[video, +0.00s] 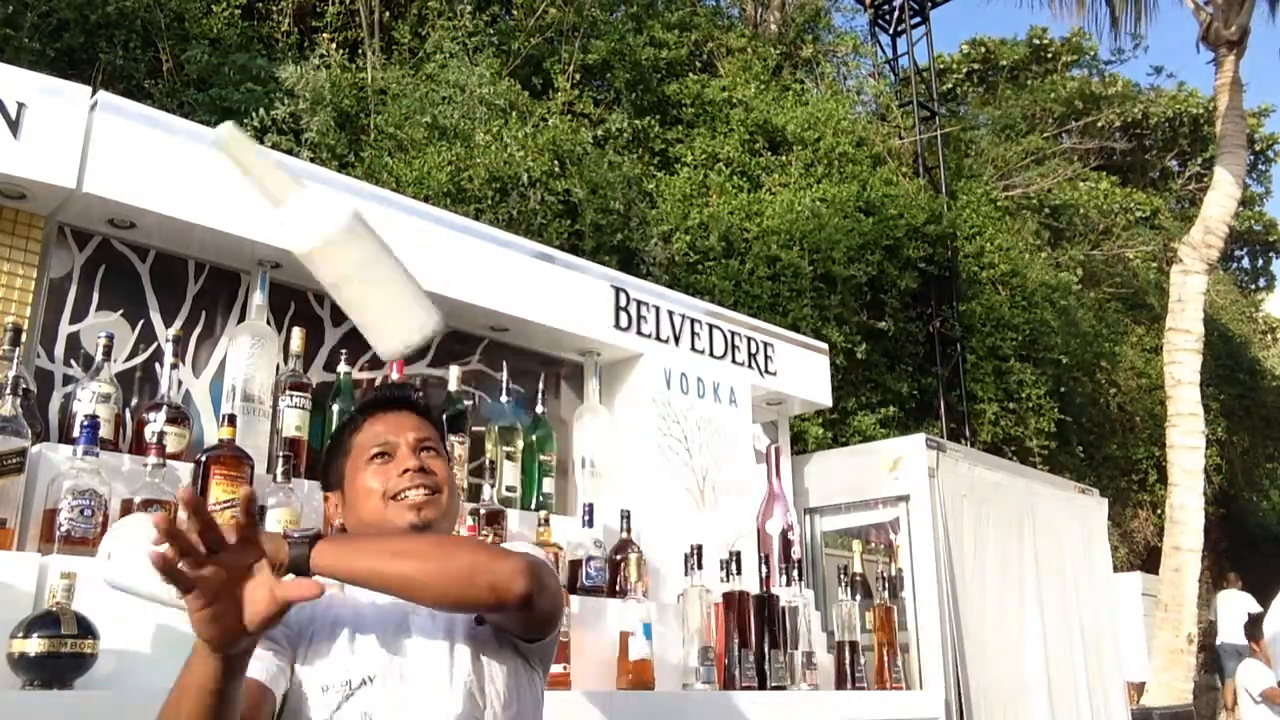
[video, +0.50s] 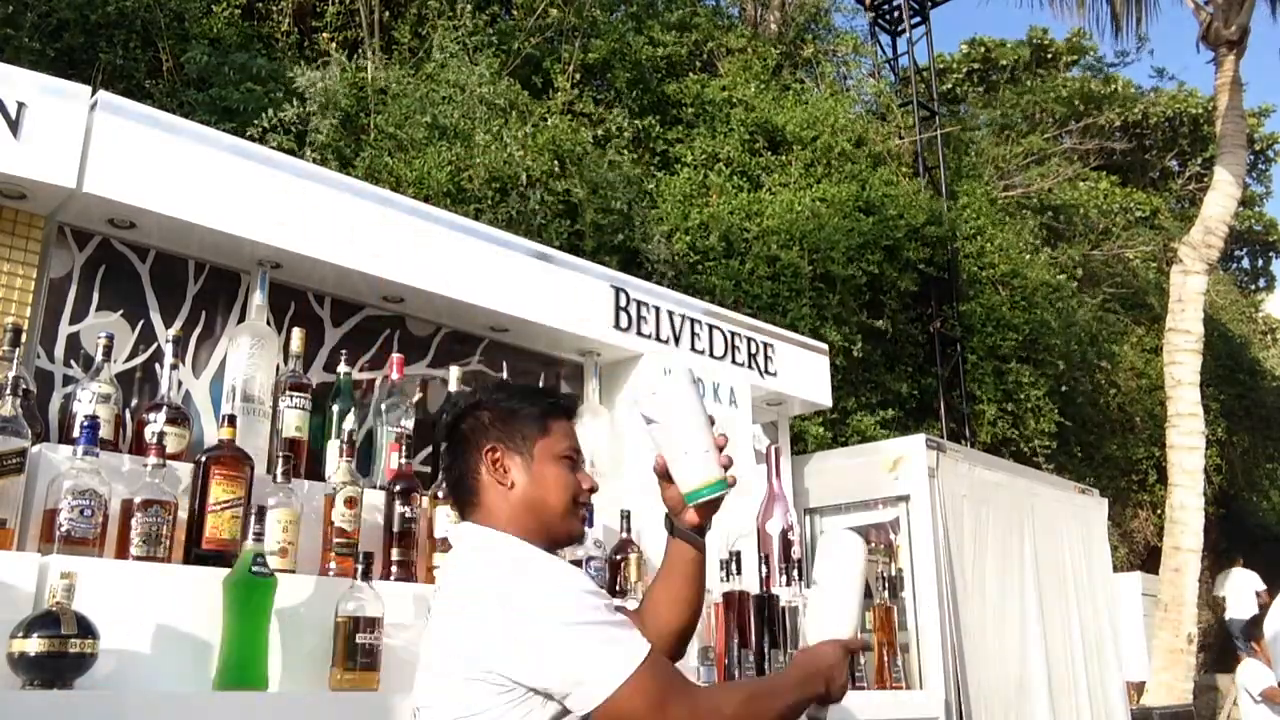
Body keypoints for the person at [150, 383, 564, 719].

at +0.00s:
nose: (414, 463)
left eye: (429, 450)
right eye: (381, 455)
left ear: (455, 486)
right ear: (337, 509)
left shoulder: (506, 589)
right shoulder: (297, 606)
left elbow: (515, 581)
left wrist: (293, 551)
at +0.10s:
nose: (437, 464)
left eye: (453, 450)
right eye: (408, 445)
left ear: (475, 484)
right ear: (348, 489)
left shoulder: (509, 601)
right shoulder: (296, 601)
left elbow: (554, 562)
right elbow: (315, 709)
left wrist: (341, 517)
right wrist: (423, 523)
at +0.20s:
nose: (479, 451)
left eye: (479, 438)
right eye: (445, 438)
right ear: (383, 470)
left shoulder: (501, 573)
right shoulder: (353, 580)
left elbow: (608, 555)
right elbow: (512, 628)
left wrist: (427, 493)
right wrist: (615, 440)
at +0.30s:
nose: (498, 456)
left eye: (499, 437)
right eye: (478, 437)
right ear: (421, 467)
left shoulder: (491, 561)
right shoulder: (423, 565)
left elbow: (643, 561)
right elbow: (640, 595)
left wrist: (543, 486)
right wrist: (729, 427)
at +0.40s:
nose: (558, 466)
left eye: (551, 450)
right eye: (537, 448)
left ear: (470, 459)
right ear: (470, 458)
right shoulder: (501, 562)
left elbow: (666, 609)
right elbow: (698, 635)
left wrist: (632, 507)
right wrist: (781, 502)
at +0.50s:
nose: (590, 483)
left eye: (582, 464)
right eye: (570, 462)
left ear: (507, 471)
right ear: (503, 469)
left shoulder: (479, 575)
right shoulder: (533, 588)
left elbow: (648, 651)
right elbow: (681, 709)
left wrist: (686, 531)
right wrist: (805, 678)